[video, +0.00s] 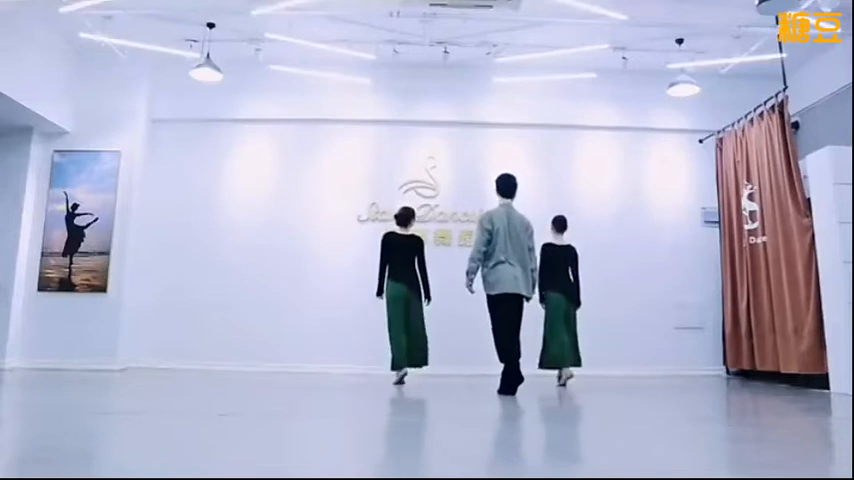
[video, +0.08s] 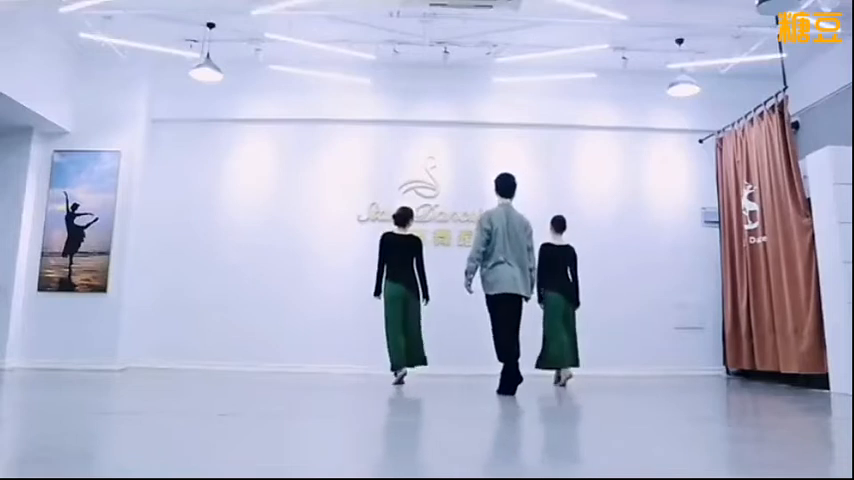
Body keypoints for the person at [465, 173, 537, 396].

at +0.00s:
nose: (501, 191)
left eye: (498, 188)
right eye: (508, 187)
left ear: (496, 190)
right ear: (515, 191)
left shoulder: (489, 218)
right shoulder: (525, 222)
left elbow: (479, 250)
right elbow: (532, 257)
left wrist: (470, 274)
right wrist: (531, 285)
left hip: (495, 282)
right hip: (519, 282)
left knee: (500, 329)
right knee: (513, 331)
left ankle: (514, 371)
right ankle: (508, 383)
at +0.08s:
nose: (498, 191)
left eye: (496, 187)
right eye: (506, 187)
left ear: (495, 190)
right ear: (514, 191)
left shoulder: (488, 218)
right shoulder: (524, 222)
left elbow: (478, 250)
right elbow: (530, 257)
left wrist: (469, 273)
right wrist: (530, 285)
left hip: (494, 282)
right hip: (518, 282)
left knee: (500, 329)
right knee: (513, 331)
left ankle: (513, 371)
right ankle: (507, 382)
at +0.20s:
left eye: (495, 187)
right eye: (505, 186)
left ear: (493, 189)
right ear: (512, 190)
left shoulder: (485, 217)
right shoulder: (521, 221)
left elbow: (475, 249)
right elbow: (528, 256)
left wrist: (467, 273)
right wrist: (528, 283)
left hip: (491, 280)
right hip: (515, 280)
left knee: (496, 326)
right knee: (510, 327)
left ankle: (507, 369)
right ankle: (504, 377)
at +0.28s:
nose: (496, 190)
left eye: (493, 186)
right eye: (504, 186)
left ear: (491, 188)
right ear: (510, 190)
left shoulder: (484, 217)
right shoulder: (520, 221)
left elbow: (474, 249)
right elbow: (526, 256)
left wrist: (466, 272)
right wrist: (527, 283)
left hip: (490, 281)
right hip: (514, 281)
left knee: (494, 327)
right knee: (509, 327)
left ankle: (507, 369)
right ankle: (504, 376)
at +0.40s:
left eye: (491, 187)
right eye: (501, 187)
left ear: (488, 189)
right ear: (507, 190)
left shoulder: (481, 217)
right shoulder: (517, 222)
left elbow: (471, 250)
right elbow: (523, 257)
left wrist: (462, 273)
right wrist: (525, 284)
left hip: (487, 282)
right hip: (511, 282)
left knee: (493, 328)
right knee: (506, 330)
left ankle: (505, 370)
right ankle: (501, 381)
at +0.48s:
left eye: (490, 187)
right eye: (500, 187)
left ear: (487, 189)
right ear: (506, 190)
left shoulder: (479, 218)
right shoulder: (516, 222)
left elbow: (470, 250)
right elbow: (522, 257)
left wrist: (461, 273)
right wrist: (524, 284)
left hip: (485, 281)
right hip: (510, 282)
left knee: (492, 328)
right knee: (505, 328)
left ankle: (504, 369)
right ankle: (500, 380)